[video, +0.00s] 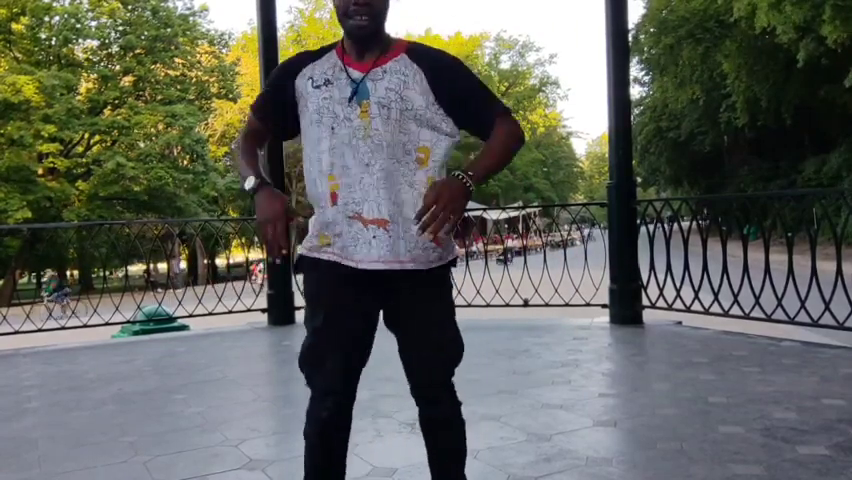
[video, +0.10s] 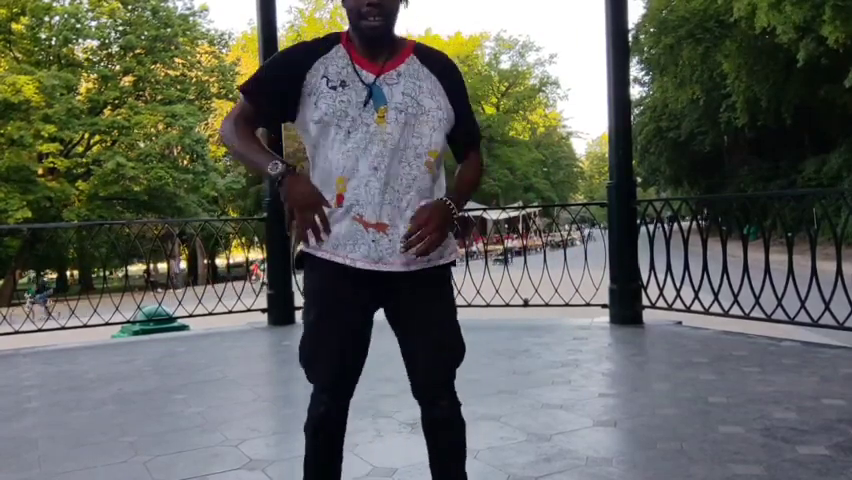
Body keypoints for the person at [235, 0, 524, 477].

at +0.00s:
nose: (358, 1)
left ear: (386, 2)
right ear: (334, 5)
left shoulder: (433, 67)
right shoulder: (300, 74)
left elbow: (508, 130)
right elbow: (249, 138)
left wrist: (465, 181)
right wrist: (261, 188)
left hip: (420, 266)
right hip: (336, 267)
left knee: (436, 396)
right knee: (329, 400)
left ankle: (451, 479)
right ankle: (321, 479)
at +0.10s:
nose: (370, 1)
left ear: (400, 2)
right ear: (343, 3)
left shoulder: (439, 70)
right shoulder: (304, 63)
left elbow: (471, 159)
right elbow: (234, 128)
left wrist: (450, 204)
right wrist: (285, 175)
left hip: (421, 268)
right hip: (336, 266)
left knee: (439, 398)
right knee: (329, 402)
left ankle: (452, 478)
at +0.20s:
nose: (393, 10)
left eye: (405, 0)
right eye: (381, 0)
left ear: (421, 7)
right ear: (363, 6)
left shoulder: (447, 75)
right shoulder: (324, 64)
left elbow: (456, 163)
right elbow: (228, 114)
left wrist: (437, 218)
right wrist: (299, 175)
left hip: (425, 268)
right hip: (342, 268)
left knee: (440, 401)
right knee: (330, 400)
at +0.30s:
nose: (405, 8)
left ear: (431, 7)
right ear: (374, 4)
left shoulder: (452, 76)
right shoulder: (332, 63)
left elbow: (458, 163)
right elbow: (244, 125)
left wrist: (444, 211)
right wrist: (310, 194)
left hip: (426, 270)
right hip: (346, 271)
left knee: (443, 402)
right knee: (334, 401)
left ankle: (451, 478)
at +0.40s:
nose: (426, 10)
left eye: (438, 1)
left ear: (452, 10)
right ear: (395, 6)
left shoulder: (461, 77)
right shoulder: (349, 66)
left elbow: (456, 180)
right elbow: (268, 143)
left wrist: (471, 162)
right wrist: (311, 234)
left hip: (425, 271)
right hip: (348, 269)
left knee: (441, 400)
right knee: (331, 401)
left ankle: (452, 479)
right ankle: (320, 479)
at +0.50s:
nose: (442, 14)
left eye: (455, 5)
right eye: (430, 3)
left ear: (470, 16)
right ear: (411, 9)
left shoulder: (473, 75)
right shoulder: (362, 69)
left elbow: (476, 176)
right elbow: (291, 154)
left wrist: (498, 129)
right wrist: (301, 255)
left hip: (418, 269)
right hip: (341, 263)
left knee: (436, 401)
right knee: (325, 398)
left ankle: (449, 479)